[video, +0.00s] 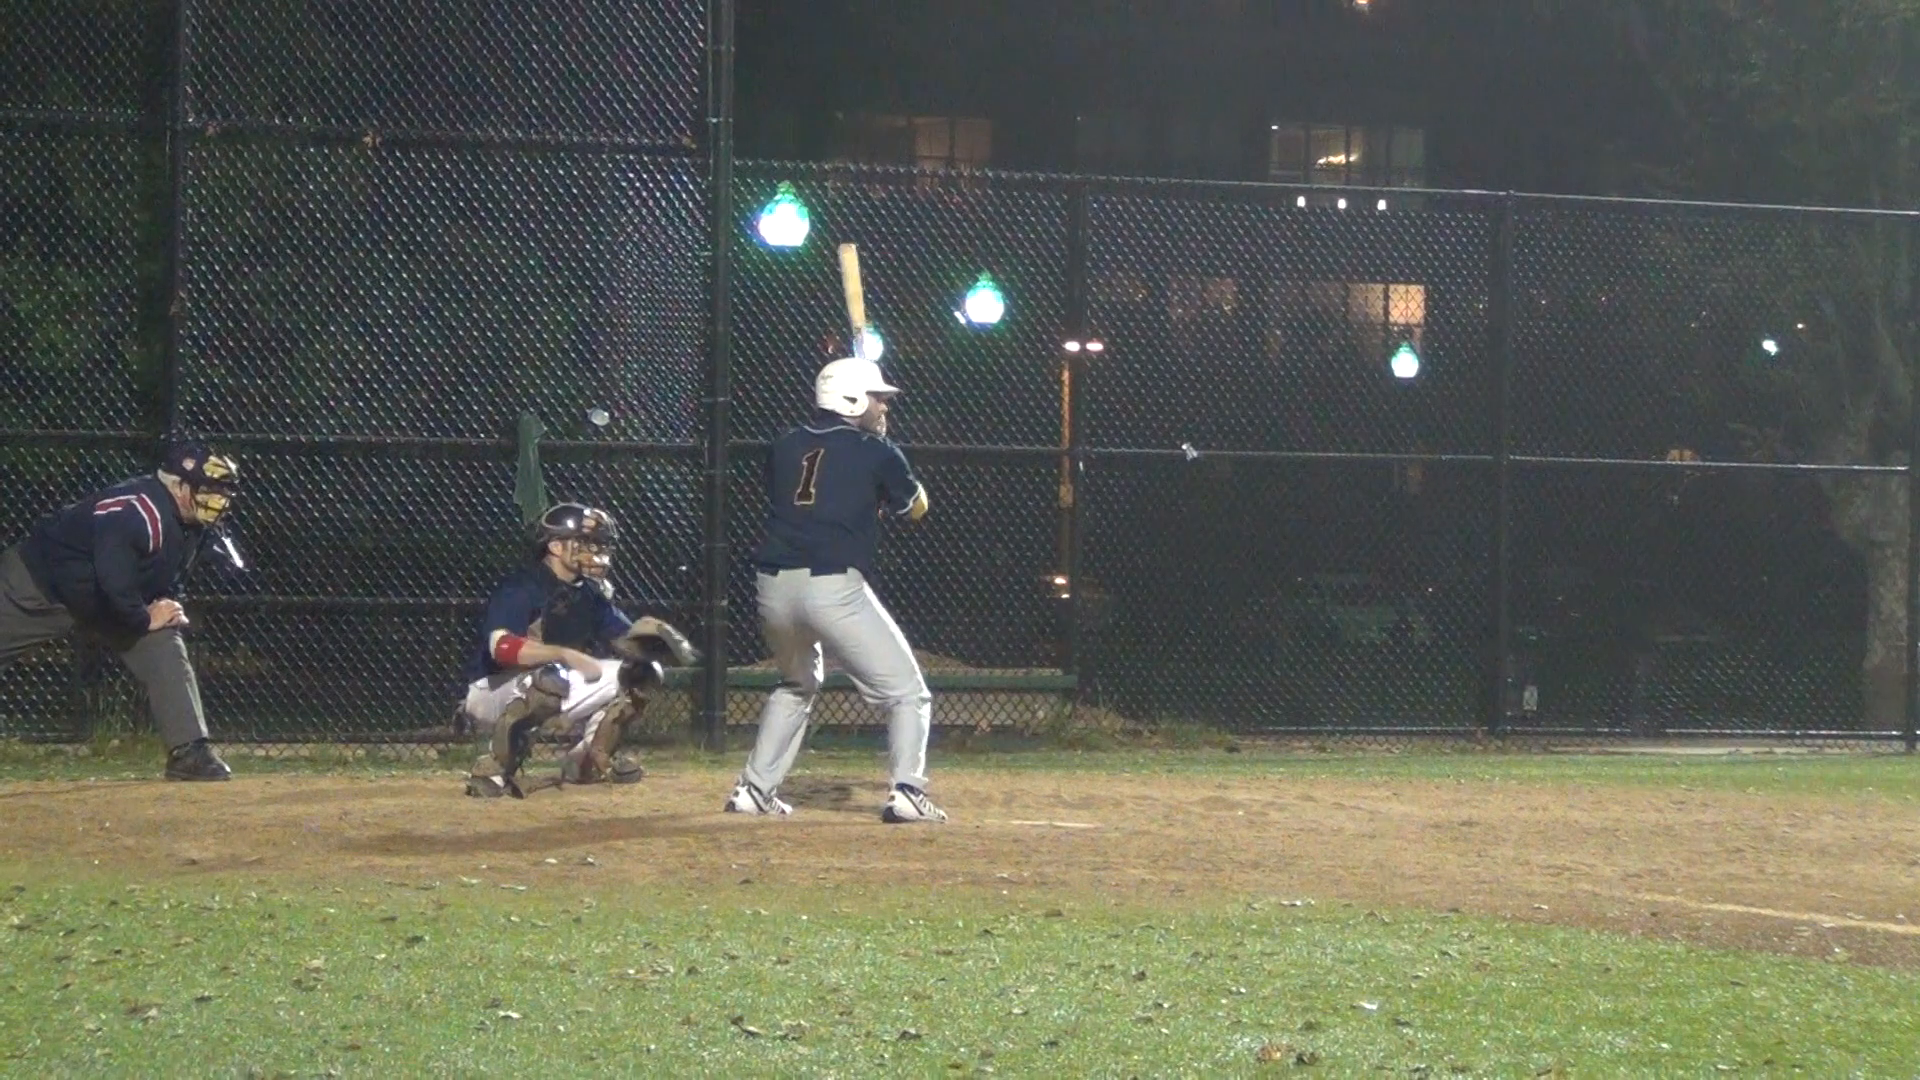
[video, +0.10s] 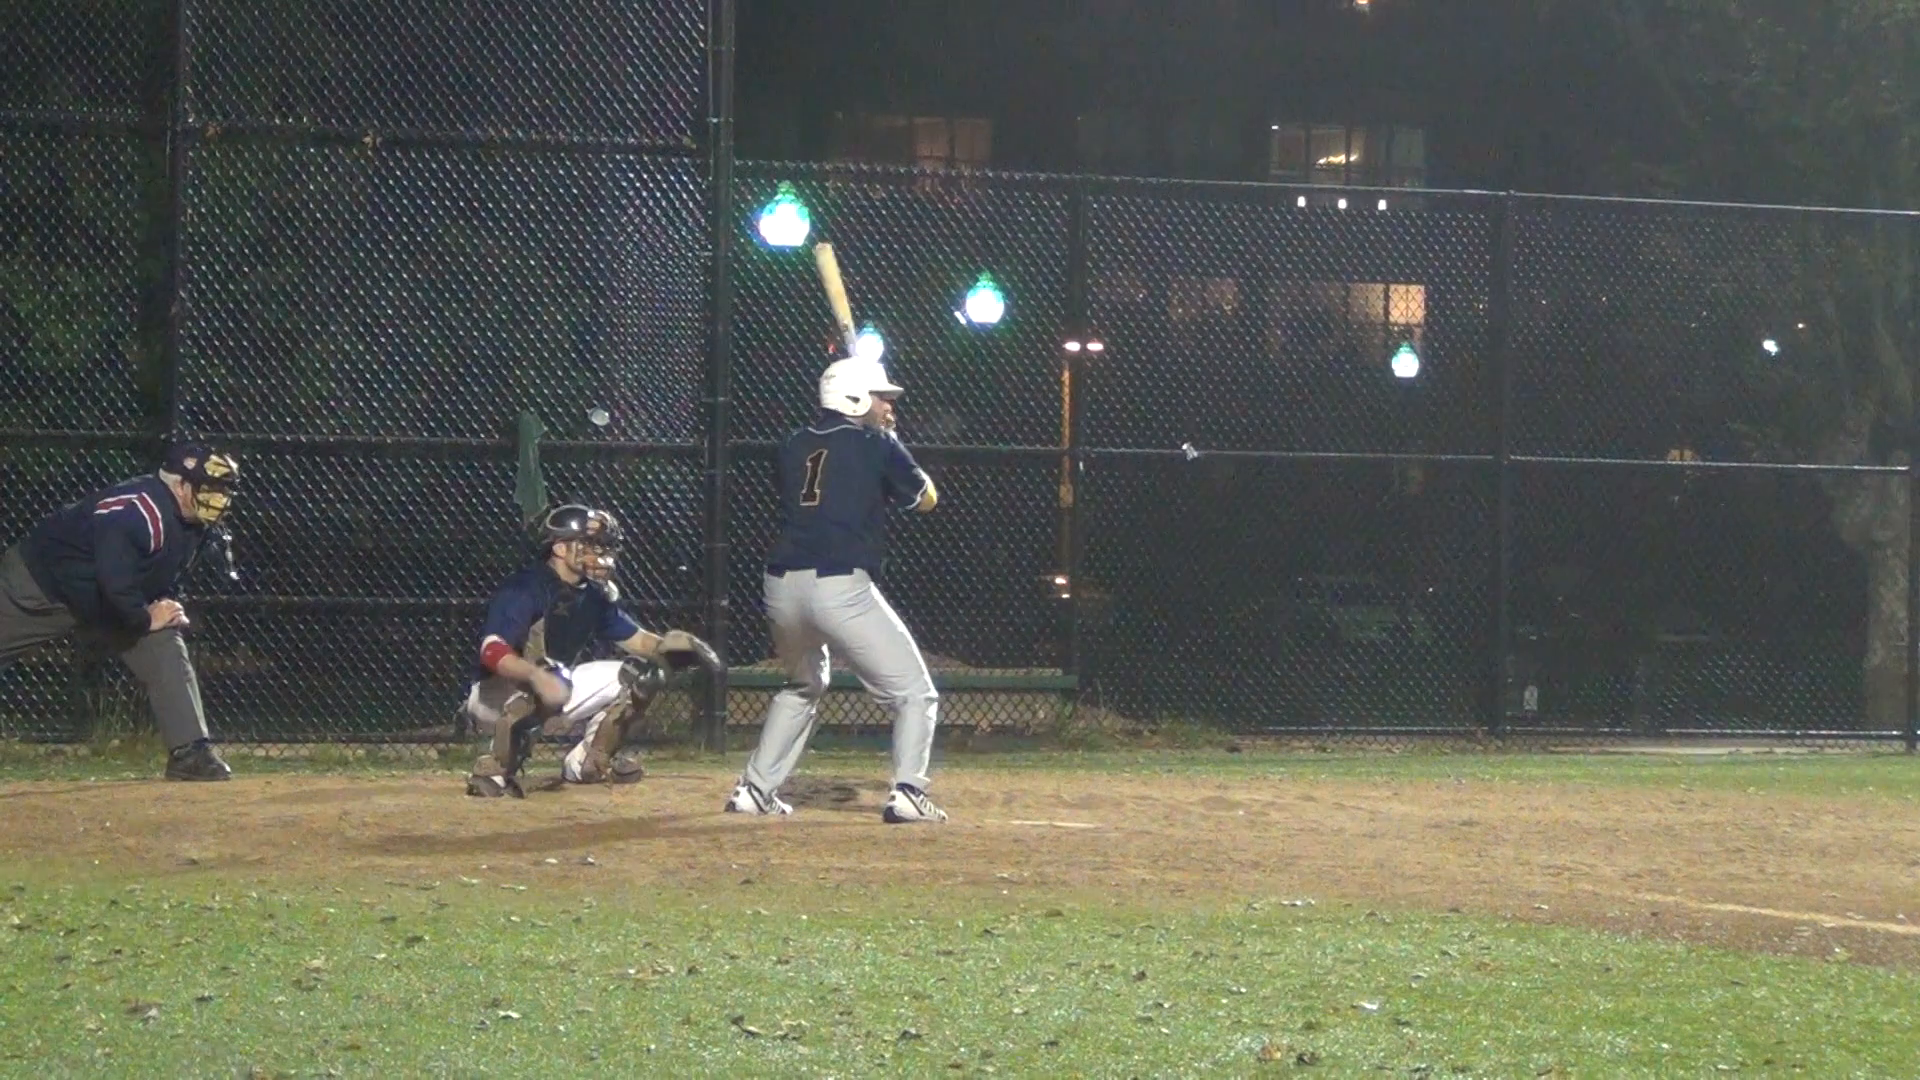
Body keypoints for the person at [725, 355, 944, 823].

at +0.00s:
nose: (884, 407)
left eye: (883, 398)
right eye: (878, 399)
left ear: (827, 402)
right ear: (856, 403)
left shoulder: (784, 443)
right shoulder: (876, 452)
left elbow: (804, 497)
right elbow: (917, 508)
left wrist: (867, 442)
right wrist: (885, 447)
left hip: (772, 588)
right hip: (835, 589)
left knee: (796, 684)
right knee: (909, 695)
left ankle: (754, 790)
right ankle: (908, 793)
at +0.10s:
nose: (889, 407)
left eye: (888, 397)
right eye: (882, 398)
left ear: (834, 401)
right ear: (857, 400)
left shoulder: (792, 444)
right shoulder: (877, 444)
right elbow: (926, 499)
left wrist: (873, 436)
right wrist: (891, 442)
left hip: (780, 587)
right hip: (841, 586)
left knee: (802, 684)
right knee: (916, 694)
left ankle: (755, 789)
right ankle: (908, 793)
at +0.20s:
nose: (894, 406)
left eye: (892, 397)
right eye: (887, 397)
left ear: (840, 401)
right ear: (862, 401)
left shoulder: (800, 445)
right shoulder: (879, 443)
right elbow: (934, 495)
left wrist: (879, 439)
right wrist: (899, 443)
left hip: (785, 588)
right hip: (846, 586)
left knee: (807, 686)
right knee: (921, 693)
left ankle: (756, 790)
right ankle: (909, 793)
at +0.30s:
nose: (897, 407)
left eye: (896, 398)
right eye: (890, 398)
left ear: (845, 403)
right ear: (865, 402)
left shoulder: (802, 447)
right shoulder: (882, 445)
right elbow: (939, 493)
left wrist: (885, 440)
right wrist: (909, 446)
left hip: (787, 589)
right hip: (847, 587)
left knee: (811, 687)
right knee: (924, 692)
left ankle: (756, 790)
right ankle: (910, 793)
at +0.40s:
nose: (900, 409)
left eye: (899, 400)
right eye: (893, 400)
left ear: (847, 403)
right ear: (869, 403)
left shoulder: (803, 449)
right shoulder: (885, 449)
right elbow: (941, 497)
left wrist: (892, 446)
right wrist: (914, 452)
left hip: (787, 591)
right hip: (847, 589)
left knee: (812, 686)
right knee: (925, 693)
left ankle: (757, 790)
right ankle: (911, 793)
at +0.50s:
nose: (900, 412)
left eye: (899, 403)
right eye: (893, 403)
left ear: (848, 408)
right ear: (866, 406)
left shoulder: (801, 450)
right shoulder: (882, 454)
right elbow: (939, 506)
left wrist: (879, 453)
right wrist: (915, 464)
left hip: (782, 592)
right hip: (842, 591)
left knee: (810, 688)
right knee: (922, 693)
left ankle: (756, 791)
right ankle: (911, 793)